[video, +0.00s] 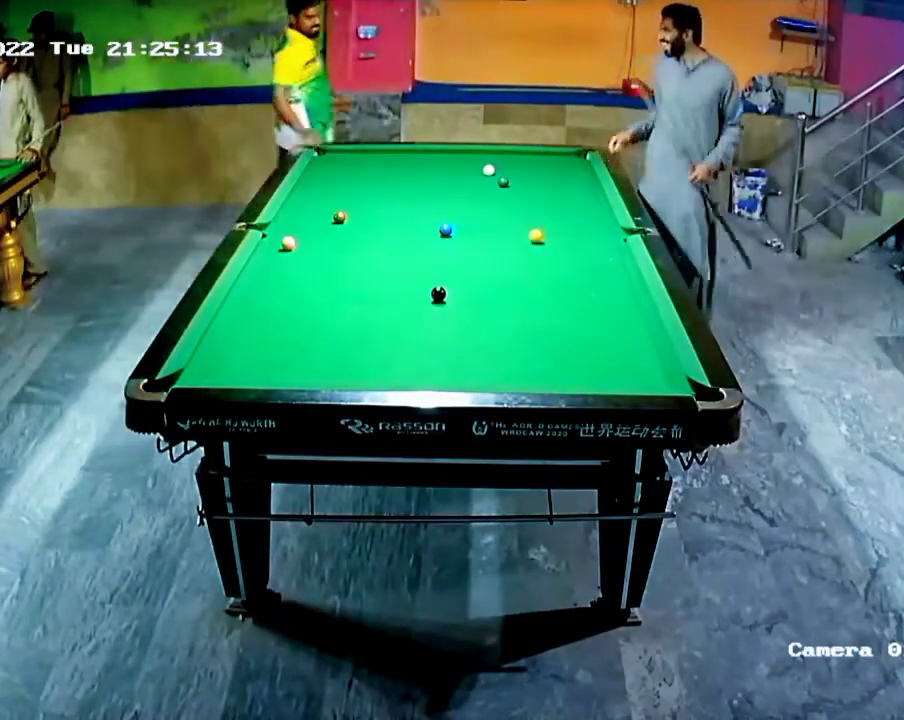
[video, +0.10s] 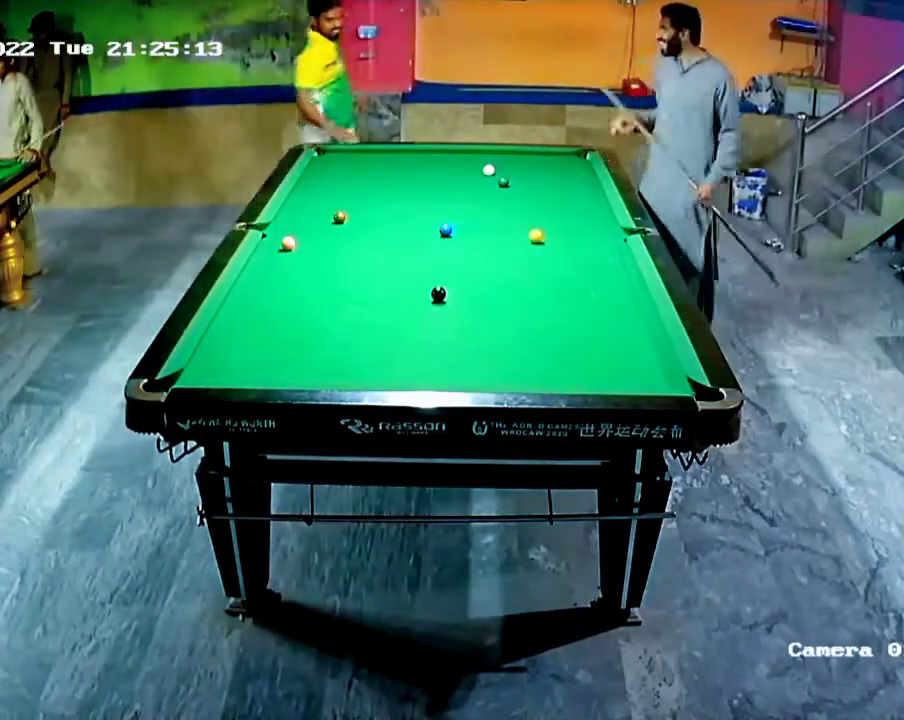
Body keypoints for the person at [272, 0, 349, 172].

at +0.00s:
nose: (316, 22)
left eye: (318, 16)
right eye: (309, 17)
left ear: (321, 15)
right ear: (294, 19)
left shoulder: (309, 45)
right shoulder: (291, 49)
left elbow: (305, 91)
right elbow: (279, 97)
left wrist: (331, 102)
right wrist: (302, 130)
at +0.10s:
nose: (337, 25)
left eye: (340, 18)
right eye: (330, 20)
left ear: (344, 17)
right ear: (315, 20)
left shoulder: (332, 48)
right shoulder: (313, 53)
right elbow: (304, 101)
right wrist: (333, 129)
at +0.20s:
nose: (354, 24)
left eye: (357, 17)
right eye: (346, 19)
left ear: (361, 16)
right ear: (331, 20)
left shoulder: (350, 44)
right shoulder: (329, 51)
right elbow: (323, 99)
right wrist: (361, 129)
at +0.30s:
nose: (361, 21)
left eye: (363, 15)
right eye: (353, 16)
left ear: (366, 13)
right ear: (338, 17)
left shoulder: (360, 40)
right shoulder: (333, 50)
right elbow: (329, 98)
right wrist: (366, 125)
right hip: (343, 124)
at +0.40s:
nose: (371, 21)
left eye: (375, 14)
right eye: (364, 16)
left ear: (378, 13)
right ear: (351, 15)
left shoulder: (388, 37)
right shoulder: (339, 51)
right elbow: (336, 97)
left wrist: (398, 81)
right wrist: (367, 126)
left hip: (384, 123)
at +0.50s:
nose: (380, 21)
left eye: (384, 15)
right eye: (373, 16)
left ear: (387, 13)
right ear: (360, 16)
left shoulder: (401, 37)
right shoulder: (347, 49)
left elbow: (414, 69)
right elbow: (337, 91)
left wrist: (407, 73)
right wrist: (355, 128)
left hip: (395, 131)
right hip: (363, 135)